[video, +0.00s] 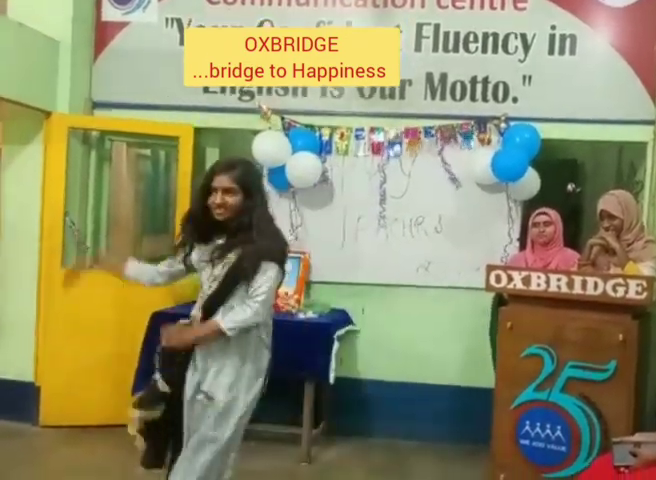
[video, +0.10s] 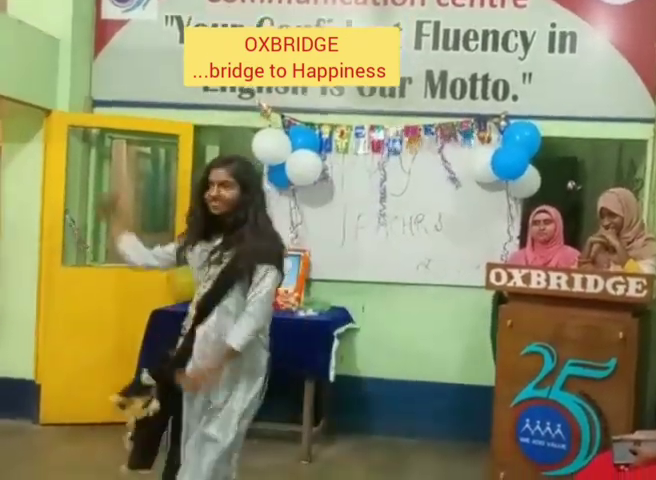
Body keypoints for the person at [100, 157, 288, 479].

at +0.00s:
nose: (218, 201)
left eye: (229, 193)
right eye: (213, 192)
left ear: (250, 199)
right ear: (206, 195)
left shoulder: (265, 249)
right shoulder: (210, 242)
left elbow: (256, 310)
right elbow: (162, 273)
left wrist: (194, 333)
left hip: (238, 356)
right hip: (204, 347)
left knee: (212, 438)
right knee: (193, 431)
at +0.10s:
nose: (213, 194)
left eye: (224, 186)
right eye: (209, 186)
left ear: (246, 194)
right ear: (204, 192)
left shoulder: (262, 250)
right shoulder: (203, 242)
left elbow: (255, 318)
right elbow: (148, 257)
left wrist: (211, 365)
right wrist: (117, 225)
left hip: (238, 363)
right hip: (197, 356)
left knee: (213, 451)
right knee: (188, 446)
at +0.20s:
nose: (207, 197)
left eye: (218, 191)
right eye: (206, 190)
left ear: (241, 201)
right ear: (202, 197)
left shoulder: (263, 264)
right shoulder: (200, 250)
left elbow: (262, 339)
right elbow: (133, 235)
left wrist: (239, 402)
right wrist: (127, 181)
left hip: (236, 381)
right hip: (197, 375)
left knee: (229, 466)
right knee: (194, 462)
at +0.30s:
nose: (230, 206)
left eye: (241, 201)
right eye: (226, 200)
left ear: (258, 212)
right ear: (219, 207)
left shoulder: (266, 266)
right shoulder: (206, 250)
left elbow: (277, 341)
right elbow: (143, 219)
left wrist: (270, 408)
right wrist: (156, 166)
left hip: (249, 386)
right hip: (206, 380)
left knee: (253, 467)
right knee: (200, 462)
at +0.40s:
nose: (257, 199)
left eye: (268, 194)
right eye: (250, 193)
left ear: (282, 207)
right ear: (239, 203)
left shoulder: (291, 263)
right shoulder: (227, 249)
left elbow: (301, 329)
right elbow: (170, 205)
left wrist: (300, 393)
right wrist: (190, 172)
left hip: (277, 384)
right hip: (233, 379)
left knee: (280, 468)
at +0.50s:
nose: (277, 190)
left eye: (287, 183)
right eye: (269, 183)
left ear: (303, 193)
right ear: (260, 192)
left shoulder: (319, 248)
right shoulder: (255, 245)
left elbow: (334, 314)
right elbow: (224, 193)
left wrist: (342, 375)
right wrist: (255, 154)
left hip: (313, 370)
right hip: (267, 367)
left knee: (325, 462)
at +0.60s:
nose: (293, 193)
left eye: (302, 186)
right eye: (289, 187)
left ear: (320, 193)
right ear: (282, 196)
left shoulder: (339, 251)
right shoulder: (277, 244)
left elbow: (365, 312)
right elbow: (258, 190)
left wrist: (373, 371)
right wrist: (306, 147)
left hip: (340, 373)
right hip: (293, 370)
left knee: (352, 462)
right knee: (277, 451)